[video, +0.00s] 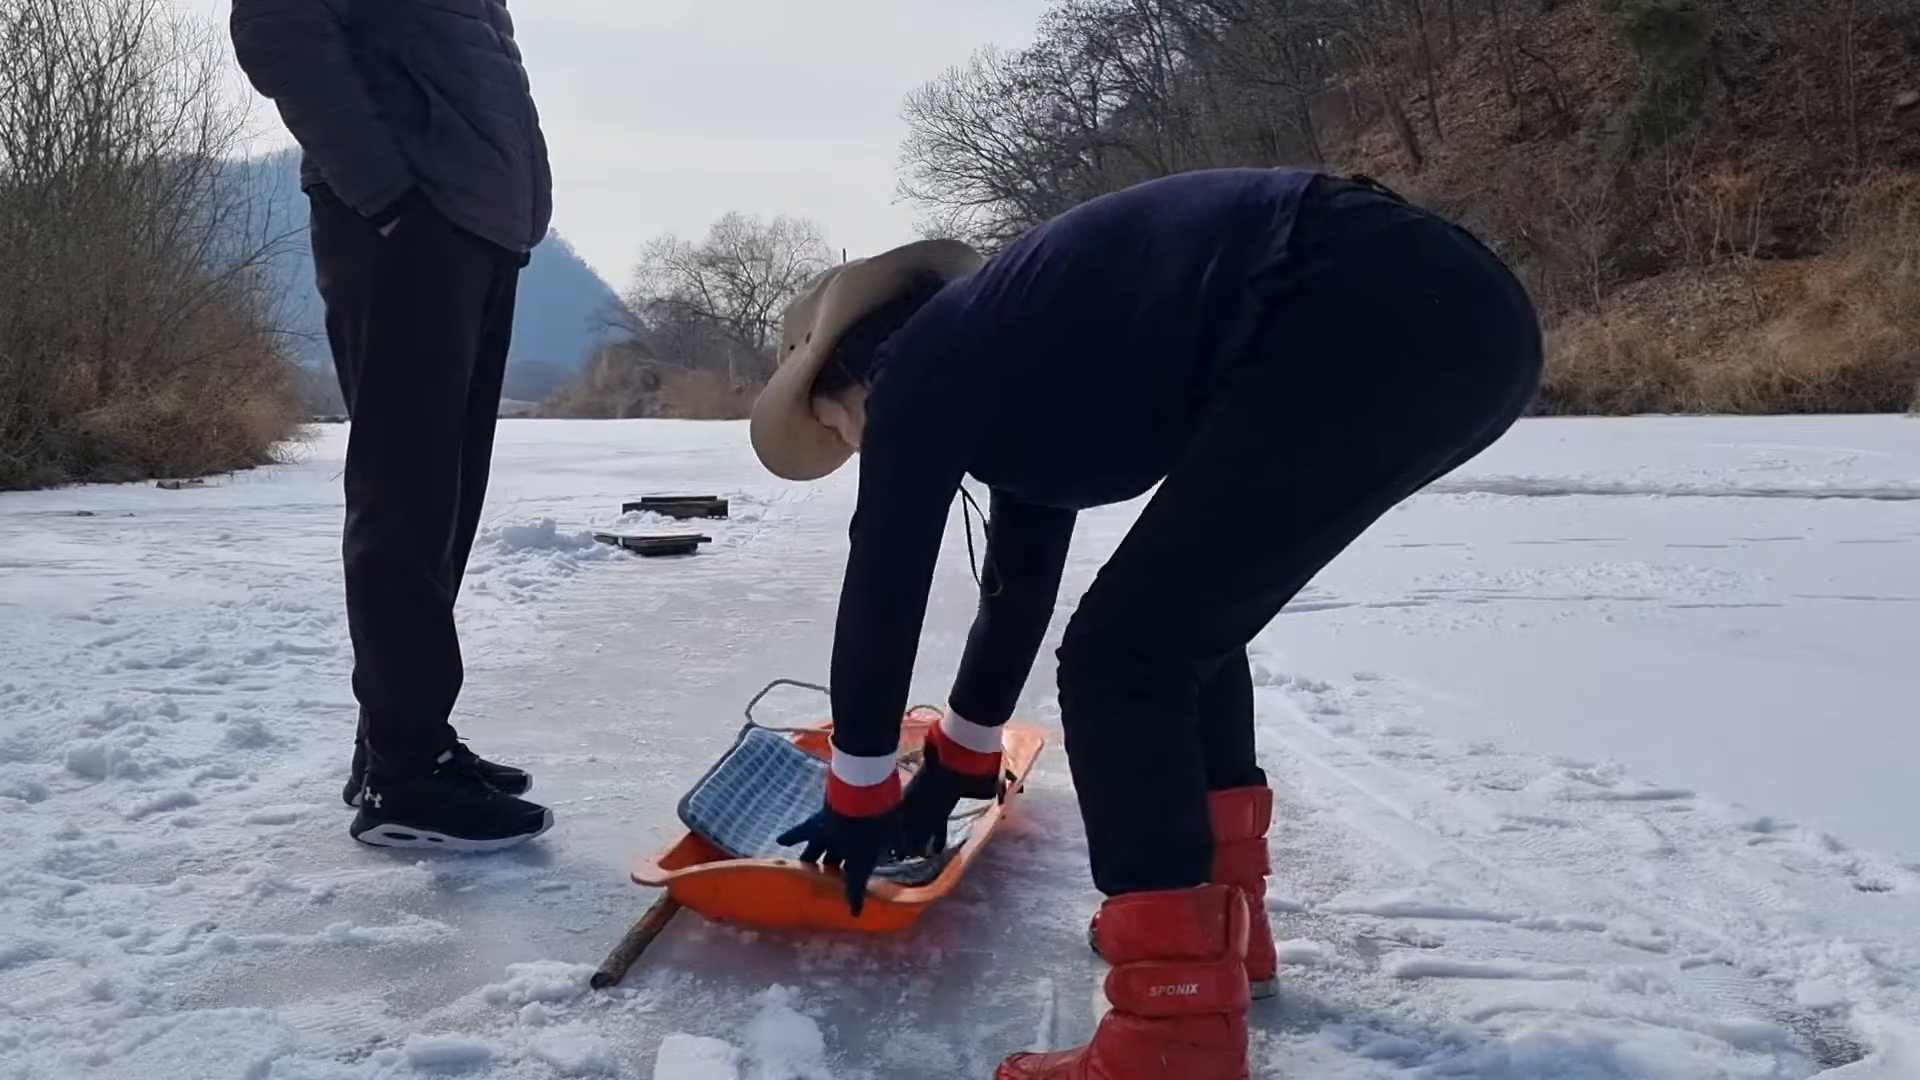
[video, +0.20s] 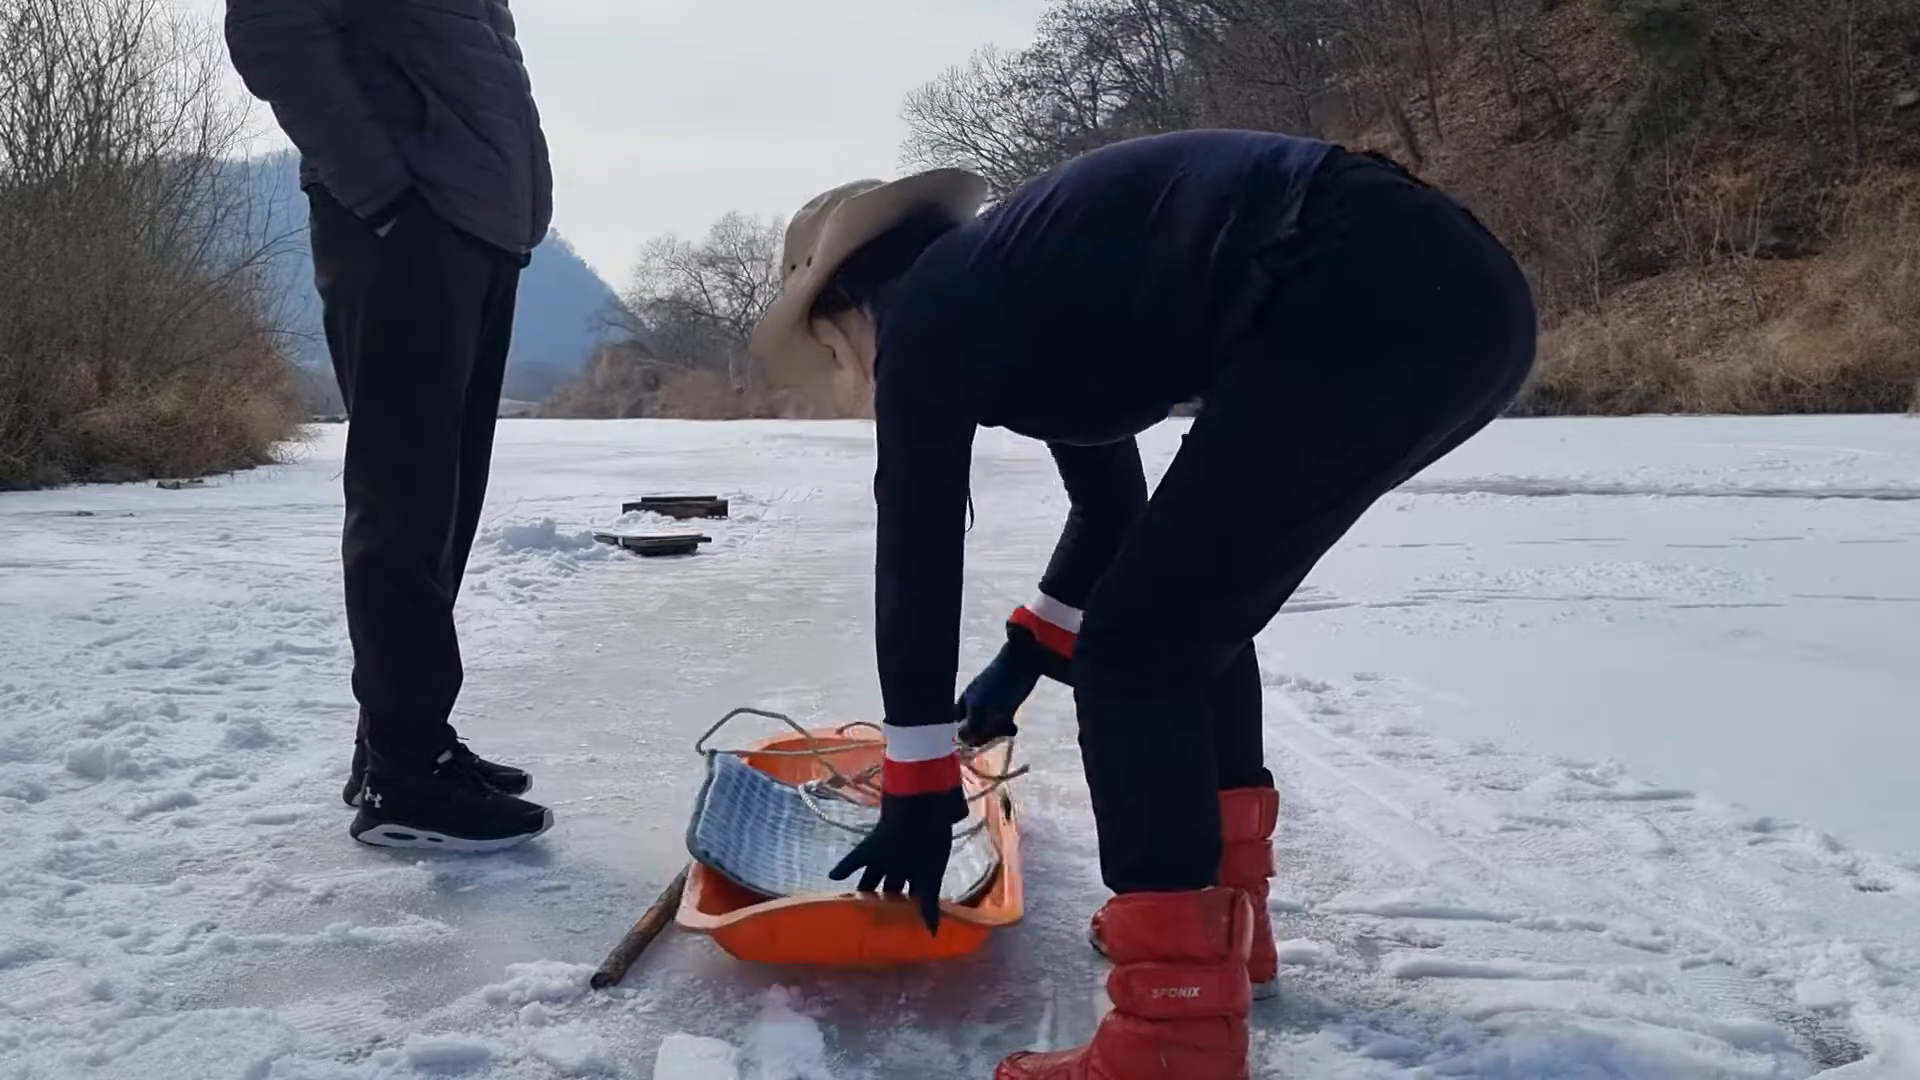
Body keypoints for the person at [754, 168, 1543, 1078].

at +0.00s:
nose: (856, 452)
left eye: (840, 428)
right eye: (838, 437)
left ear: (855, 378)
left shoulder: (917, 383)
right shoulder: (1046, 405)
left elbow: (876, 614)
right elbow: (1016, 598)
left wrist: (858, 800)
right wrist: (954, 763)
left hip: (1370, 329)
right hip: (1459, 325)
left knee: (1112, 654)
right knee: (1192, 631)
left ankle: (1172, 1030)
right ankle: (1228, 922)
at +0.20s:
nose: (858, 369)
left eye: (843, 339)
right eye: (839, 348)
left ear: (865, 298)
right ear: (924, 261)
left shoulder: (926, 325)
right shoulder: (1051, 318)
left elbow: (916, 572)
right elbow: (1112, 514)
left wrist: (919, 791)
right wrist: (1018, 665)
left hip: (1371, 307)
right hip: (1450, 304)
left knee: (1131, 645)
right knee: (1197, 618)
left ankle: (1171, 1029)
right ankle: (1232, 924)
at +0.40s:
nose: (862, 322)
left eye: (847, 291)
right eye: (844, 303)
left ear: (875, 247)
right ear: (937, 203)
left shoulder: (936, 275)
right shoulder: (1061, 232)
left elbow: (960, 531)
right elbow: (1102, 412)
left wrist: (961, 764)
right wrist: (1003, 506)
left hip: (1356, 299)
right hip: (1449, 292)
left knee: (1147, 637)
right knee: (1212, 621)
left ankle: (1173, 1033)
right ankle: (1227, 920)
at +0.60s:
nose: (879, 254)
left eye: (866, 231)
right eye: (864, 242)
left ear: (876, 181)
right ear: (946, 133)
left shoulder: (941, 196)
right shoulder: (1048, 178)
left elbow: (970, 426)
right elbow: (1055, 381)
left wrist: (974, 655)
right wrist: (963, 459)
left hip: (1330, 275)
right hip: (1438, 278)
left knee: (1144, 634)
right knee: (1209, 616)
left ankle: (1174, 1027)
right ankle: (1234, 926)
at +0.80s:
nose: (877, 187)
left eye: (860, 159)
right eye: (859, 172)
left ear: (876, 108)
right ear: (951, 72)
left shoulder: (936, 126)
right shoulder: (1070, 151)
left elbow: (965, 331)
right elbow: (1102, 381)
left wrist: (947, 552)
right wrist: (1037, 542)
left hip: (1290, 259)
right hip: (1403, 269)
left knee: (1117, 615)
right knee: (1170, 597)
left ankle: (1166, 1014)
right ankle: (1230, 916)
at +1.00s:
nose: (873, 190)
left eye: (858, 160)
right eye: (855, 176)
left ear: (876, 105)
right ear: (950, 76)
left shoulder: (934, 117)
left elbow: (939, 322)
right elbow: (1105, 354)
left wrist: (894, 541)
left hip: (1246, 247)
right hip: (1386, 282)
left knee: (1019, 557)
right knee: (1150, 578)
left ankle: (1022, 950)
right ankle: (1221, 904)